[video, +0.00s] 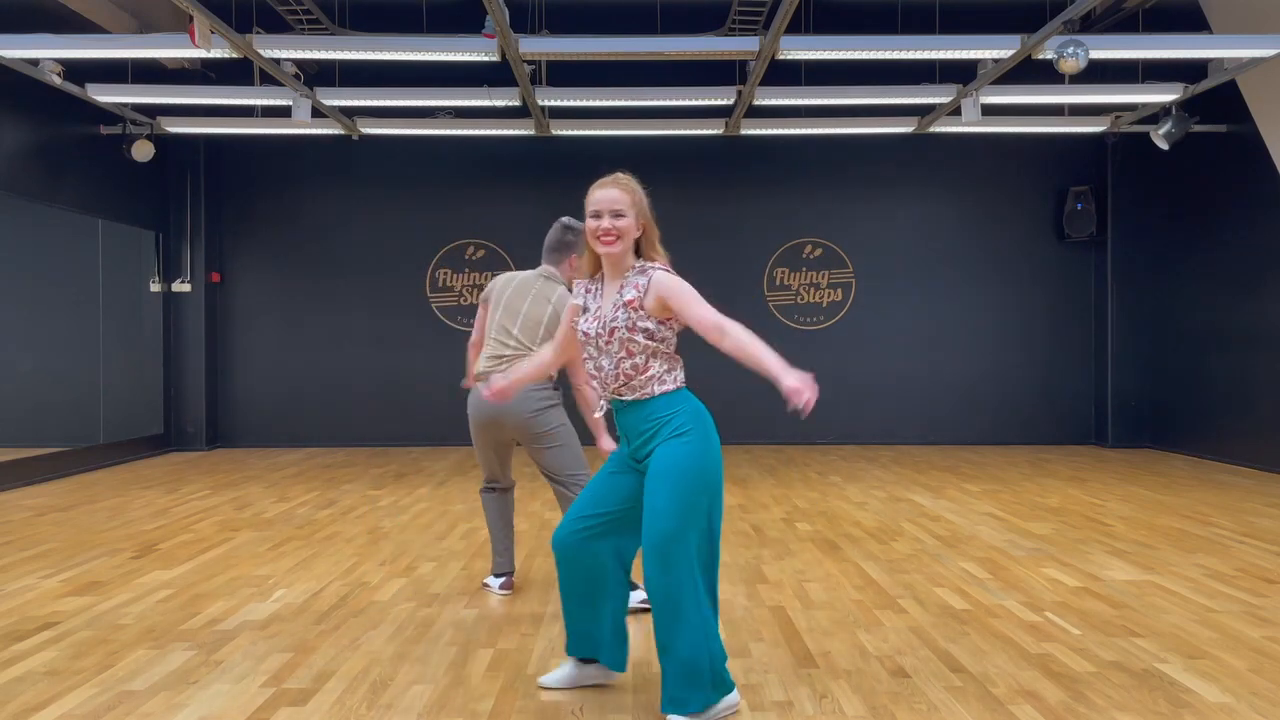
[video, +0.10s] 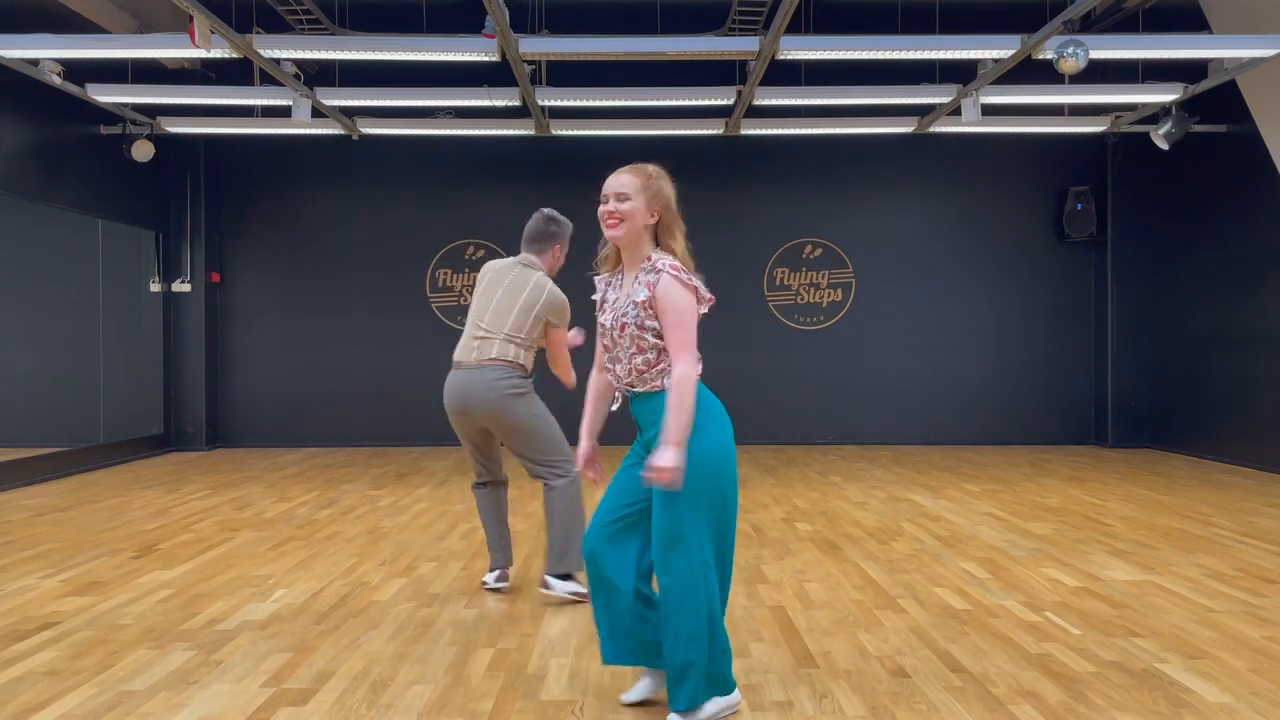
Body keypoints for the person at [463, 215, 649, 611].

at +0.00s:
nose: (585, 269)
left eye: (586, 262)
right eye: (585, 261)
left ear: (544, 254)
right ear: (572, 260)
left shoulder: (499, 283)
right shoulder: (570, 302)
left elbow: (475, 343)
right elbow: (580, 381)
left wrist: (474, 382)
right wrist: (603, 436)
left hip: (483, 399)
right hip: (535, 401)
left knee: (496, 484)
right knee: (576, 485)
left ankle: (501, 574)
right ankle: (618, 584)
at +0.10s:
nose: (564, 258)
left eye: (564, 251)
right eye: (565, 251)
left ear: (524, 242)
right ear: (557, 251)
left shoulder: (489, 269)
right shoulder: (553, 297)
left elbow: (510, 323)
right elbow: (561, 366)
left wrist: (560, 337)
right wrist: (571, 379)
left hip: (457, 383)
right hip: (502, 384)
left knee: (488, 477)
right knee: (561, 472)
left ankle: (499, 567)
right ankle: (560, 573)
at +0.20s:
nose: (540, 251)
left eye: (538, 245)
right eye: (540, 246)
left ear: (499, 241)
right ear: (535, 249)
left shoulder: (473, 273)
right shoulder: (537, 284)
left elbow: (513, 305)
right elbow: (556, 335)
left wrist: (568, 295)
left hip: (438, 382)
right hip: (476, 385)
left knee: (483, 469)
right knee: (526, 461)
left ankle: (459, 558)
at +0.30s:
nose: (525, 255)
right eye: (525, 250)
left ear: (480, 250)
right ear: (518, 254)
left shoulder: (463, 282)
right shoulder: (520, 288)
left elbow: (500, 321)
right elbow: (555, 332)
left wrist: (531, 304)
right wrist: (549, 289)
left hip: (425, 389)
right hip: (456, 397)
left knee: (464, 482)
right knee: (502, 474)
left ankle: (446, 564)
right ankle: (442, 548)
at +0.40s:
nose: (507, 267)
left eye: (504, 263)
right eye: (506, 262)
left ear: (466, 262)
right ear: (502, 266)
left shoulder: (453, 295)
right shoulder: (505, 298)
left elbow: (505, 346)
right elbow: (543, 345)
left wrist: (518, 306)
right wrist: (523, 308)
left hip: (411, 400)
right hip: (434, 408)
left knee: (468, 484)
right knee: (496, 480)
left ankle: (444, 565)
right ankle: (409, 509)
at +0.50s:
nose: (500, 280)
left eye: (501, 272)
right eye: (500, 272)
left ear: (464, 270)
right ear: (487, 273)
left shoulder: (447, 300)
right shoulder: (481, 303)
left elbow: (474, 370)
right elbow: (513, 368)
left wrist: (510, 340)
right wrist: (508, 340)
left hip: (436, 410)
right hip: (412, 410)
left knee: (479, 480)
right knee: (463, 499)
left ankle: (445, 568)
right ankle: (374, 504)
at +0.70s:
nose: (459, 272)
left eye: (466, 265)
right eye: (450, 263)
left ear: (473, 270)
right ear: (431, 265)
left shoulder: (450, 315)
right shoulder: (416, 306)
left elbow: (463, 371)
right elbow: (397, 359)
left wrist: (509, 405)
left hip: (419, 415)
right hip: (381, 406)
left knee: (462, 483)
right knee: (353, 508)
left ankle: (447, 570)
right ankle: (300, 606)